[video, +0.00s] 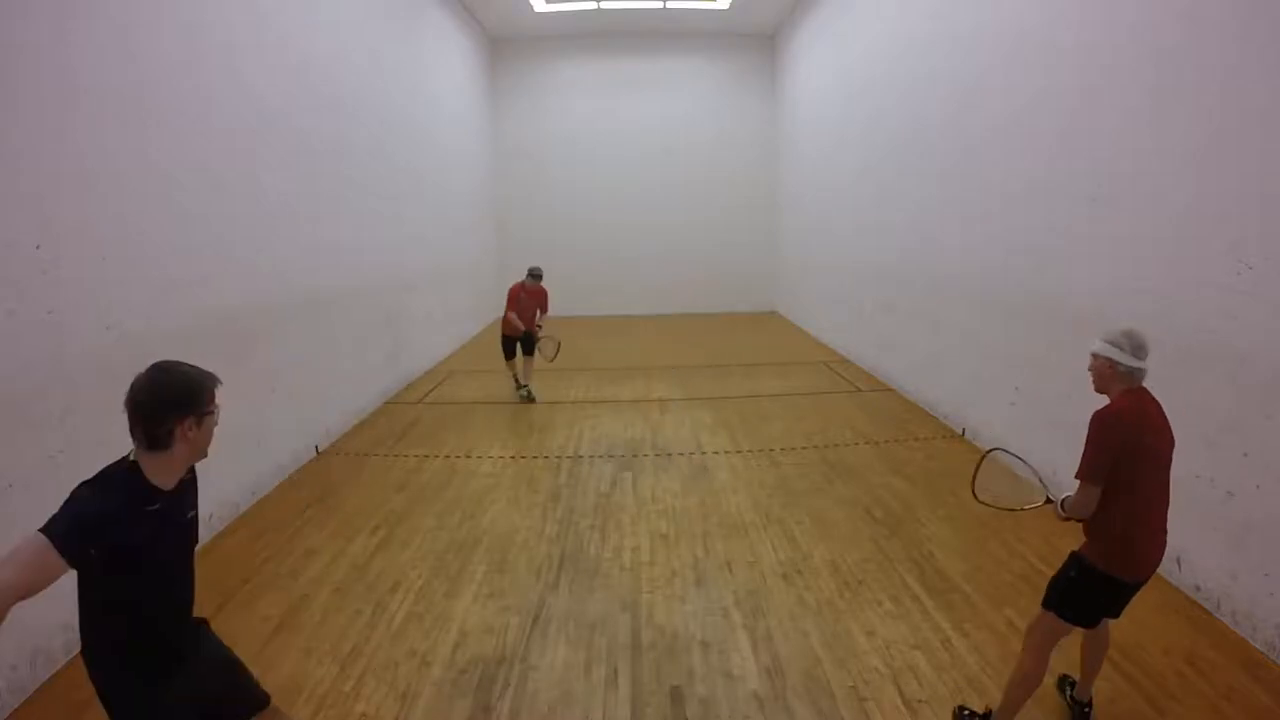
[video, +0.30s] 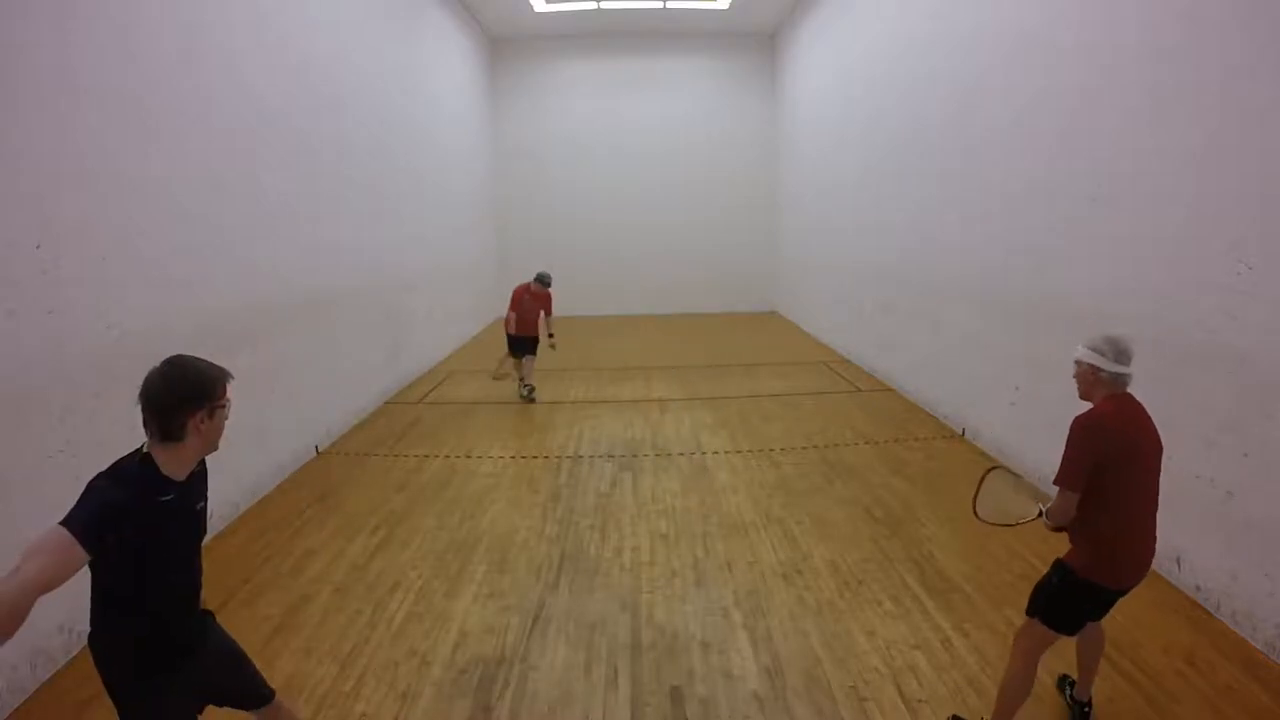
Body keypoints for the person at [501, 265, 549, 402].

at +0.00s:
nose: (534, 283)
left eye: (538, 280)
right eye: (532, 280)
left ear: (540, 281)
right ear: (527, 277)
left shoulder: (542, 293)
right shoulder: (515, 290)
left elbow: (544, 312)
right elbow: (510, 313)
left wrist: (539, 325)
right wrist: (523, 329)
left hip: (528, 330)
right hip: (510, 329)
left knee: (529, 357)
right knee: (510, 358)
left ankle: (526, 386)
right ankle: (515, 377)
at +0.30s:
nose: (543, 291)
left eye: (545, 288)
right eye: (542, 287)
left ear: (546, 287)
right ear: (536, 283)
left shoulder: (546, 295)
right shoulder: (520, 291)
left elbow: (548, 316)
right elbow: (512, 313)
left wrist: (550, 336)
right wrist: (511, 333)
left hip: (532, 333)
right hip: (516, 332)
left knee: (530, 358)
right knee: (518, 358)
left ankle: (528, 386)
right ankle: (521, 380)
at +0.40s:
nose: (546, 291)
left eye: (547, 289)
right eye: (545, 288)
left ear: (548, 287)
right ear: (538, 284)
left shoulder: (547, 295)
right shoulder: (521, 290)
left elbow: (553, 315)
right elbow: (510, 310)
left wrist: (561, 334)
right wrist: (503, 327)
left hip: (533, 331)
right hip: (516, 331)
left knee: (535, 356)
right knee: (520, 357)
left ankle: (532, 384)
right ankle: (523, 380)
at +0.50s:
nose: (548, 290)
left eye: (550, 288)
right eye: (547, 287)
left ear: (550, 287)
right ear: (541, 283)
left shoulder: (549, 295)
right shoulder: (524, 288)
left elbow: (558, 314)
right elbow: (510, 304)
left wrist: (569, 332)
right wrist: (499, 314)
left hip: (535, 327)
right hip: (517, 327)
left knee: (543, 349)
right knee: (521, 354)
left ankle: (540, 380)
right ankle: (523, 380)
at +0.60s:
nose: (550, 289)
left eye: (552, 287)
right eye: (549, 286)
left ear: (553, 284)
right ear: (543, 280)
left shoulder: (552, 293)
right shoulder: (527, 284)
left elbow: (562, 312)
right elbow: (512, 295)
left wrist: (573, 329)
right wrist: (499, 297)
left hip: (537, 324)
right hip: (519, 324)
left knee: (549, 345)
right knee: (522, 352)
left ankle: (547, 375)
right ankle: (523, 379)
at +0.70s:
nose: (554, 287)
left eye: (556, 285)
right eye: (553, 284)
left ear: (557, 283)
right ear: (547, 279)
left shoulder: (556, 292)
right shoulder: (532, 281)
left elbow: (567, 309)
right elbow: (513, 287)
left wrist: (577, 325)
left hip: (540, 321)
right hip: (523, 322)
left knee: (554, 343)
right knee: (524, 350)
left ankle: (556, 370)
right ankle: (523, 379)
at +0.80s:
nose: (558, 284)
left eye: (560, 282)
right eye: (557, 281)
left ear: (561, 281)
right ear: (551, 276)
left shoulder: (560, 290)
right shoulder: (537, 280)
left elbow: (573, 304)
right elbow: (519, 279)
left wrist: (583, 318)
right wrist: (519, 266)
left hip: (544, 321)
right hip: (527, 322)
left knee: (558, 341)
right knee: (526, 350)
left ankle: (563, 365)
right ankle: (524, 379)